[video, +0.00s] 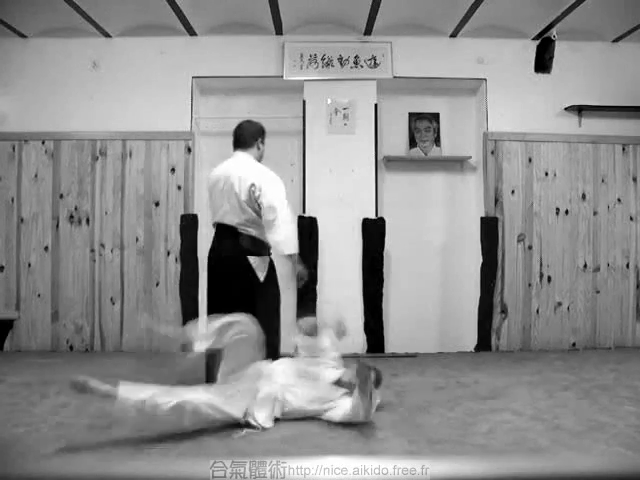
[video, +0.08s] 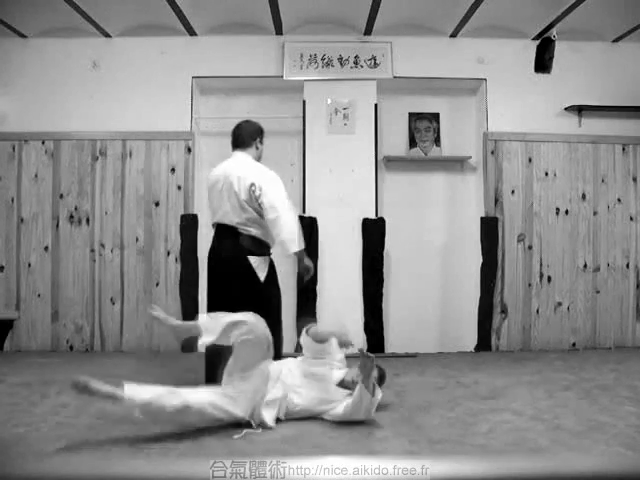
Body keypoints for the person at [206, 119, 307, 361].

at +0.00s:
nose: (264, 149)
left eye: (264, 144)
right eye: (264, 144)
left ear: (235, 143)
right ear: (259, 143)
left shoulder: (216, 174)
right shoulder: (264, 178)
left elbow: (219, 215)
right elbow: (279, 229)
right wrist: (296, 262)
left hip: (220, 249)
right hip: (252, 253)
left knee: (222, 317)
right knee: (262, 318)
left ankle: (221, 378)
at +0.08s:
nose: (263, 149)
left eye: (262, 144)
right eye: (263, 144)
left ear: (233, 143)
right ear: (257, 143)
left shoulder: (216, 174)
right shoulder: (262, 176)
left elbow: (218, 215)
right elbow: (283, 220)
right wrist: (302, 257)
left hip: (220, 249)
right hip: (251, 253)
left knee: (221, 315)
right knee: (264, 316)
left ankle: (218, 384)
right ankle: (264, 381)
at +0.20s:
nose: (262, 149)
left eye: (261, 145)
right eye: (261, 145)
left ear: (232, 144)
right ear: (256, 143)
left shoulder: (215, 173)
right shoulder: (261, 174)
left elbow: (218, 214)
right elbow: (282, 215)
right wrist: (301, 252)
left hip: (218, 251)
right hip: (250, 252)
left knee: (221, 319)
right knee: (265, 318)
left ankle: (218, 388)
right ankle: (263, 384)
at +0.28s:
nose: (262, 149)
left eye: (261, 144)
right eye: (261, 144)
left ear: (232, 144)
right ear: (255, 143)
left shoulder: (214, 174)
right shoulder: (261, 174)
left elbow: (216, 213)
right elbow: (282, 215)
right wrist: (296, 250)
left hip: (218, 250)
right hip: (248, 252)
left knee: (220, 315)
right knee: (265, 315)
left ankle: (217, 383)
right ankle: (262, 381)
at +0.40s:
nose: (261, 150)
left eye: (260, 145)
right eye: (261, 145)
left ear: (232, 144)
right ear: (255, 144)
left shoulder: (214, 174)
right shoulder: (262, 175)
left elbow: (214, 212)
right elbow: (281, 217)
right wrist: (288, 251)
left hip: (217, 248)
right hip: (249, 252)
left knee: (218, 313)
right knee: (263, 315)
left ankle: (214, 381)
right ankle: (262, 381)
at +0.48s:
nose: (261, 148)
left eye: (260, 143)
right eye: (261, 143)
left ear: (231, 143)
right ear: (256, 143)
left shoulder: (216, 172)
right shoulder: (263, 174)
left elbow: (207, 218)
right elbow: (280, 218)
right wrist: (280, 257)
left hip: (223, 257)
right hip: (256, 258)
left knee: (229, 320)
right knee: (262, 320)